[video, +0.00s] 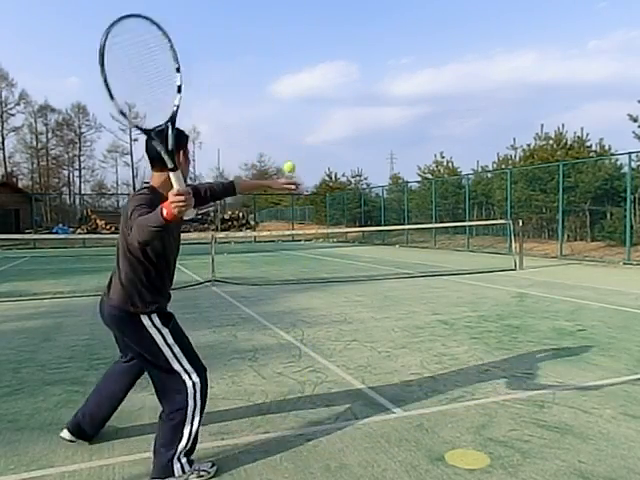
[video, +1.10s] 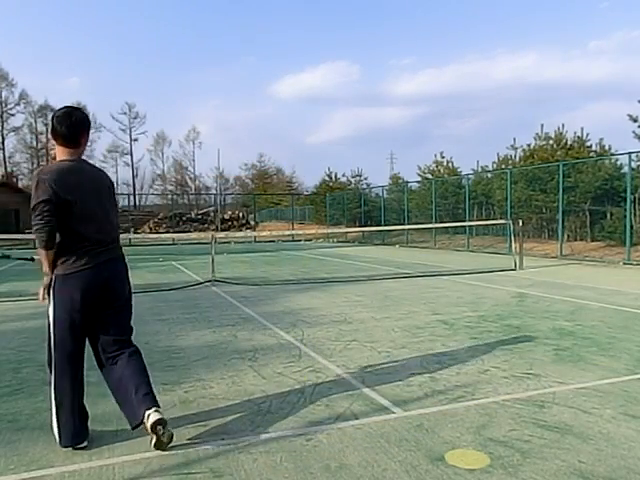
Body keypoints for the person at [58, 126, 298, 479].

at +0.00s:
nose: (190, 159)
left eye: (187, 153)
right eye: (187, 153)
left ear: (155, 161)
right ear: (179, 158)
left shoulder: (169, 194)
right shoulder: (145, 202)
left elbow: (218, 191)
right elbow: (140, 228)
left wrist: (268, 184)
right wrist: (164, 213)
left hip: (118, 304)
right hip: (142, 310)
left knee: (134, 359)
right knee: (190, 378)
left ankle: (83, 425)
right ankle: (173, 465)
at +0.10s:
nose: (174, 161)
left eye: (172, 154)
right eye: (172, 154)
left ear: (142, 157)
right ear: (161, 155)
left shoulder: (150, 191)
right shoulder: (136, 202)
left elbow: (188, 179)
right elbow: (136, 234)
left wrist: (228, 172)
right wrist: (163, 229)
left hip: (103, 299)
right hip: (125, 304)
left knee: (126, 359)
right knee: (170, 375)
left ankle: (82, 427)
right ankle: (173, 466)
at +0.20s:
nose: (158, 149)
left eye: (157, 143)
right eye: (156, 143)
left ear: (122, 148)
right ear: (148, 146)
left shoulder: (104, 176)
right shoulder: (135, 198)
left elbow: (123, 177)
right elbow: (159, 241)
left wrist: (148, 175)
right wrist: (186, 239)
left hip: (86, 287)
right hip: (119, 295)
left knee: (99, 359)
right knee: (142, 370)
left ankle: (75, 429)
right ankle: (156, 455)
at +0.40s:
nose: (122, 135)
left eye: (119, 130)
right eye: (122, 131)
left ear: (86, 130)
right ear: (118, 134)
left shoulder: (69, 166)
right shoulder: (128, 170)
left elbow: (34, 201)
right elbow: (116, 207)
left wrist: (47, 215)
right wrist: (62, 216)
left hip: (77, 269)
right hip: (119, 269)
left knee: (65, 341)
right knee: (112, 343)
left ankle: (70, 422)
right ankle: (102, 431)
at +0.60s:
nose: (94, 151)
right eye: (93, 147)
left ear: (57, 149)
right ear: (89, 151)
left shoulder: (69, 184)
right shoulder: (93, 179)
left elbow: (74, 226)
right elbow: (52, 185)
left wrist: (45, 255)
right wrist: (19, 182)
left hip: (78, 279)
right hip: (115, 276)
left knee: (65, 357)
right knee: (116, 348)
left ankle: (71, 433)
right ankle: (137, 422)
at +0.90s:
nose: (38, 151)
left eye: (41, 144)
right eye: (81, 142)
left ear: (46, 145)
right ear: (77, 145)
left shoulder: (57, 181)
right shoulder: (82, 179)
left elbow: (63, 227)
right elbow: (70, 228)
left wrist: (47, 268)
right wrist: (29, 231)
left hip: (74, 279)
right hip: (108, 272)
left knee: (64, 359)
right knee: (112, 349)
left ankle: (74, 433)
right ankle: (158, 407)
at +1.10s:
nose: (88, 140)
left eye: (54, 135)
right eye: (88, 135)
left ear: (52, 138)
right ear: (87, 138)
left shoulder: (47, 177)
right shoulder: (101, 177)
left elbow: (44, 230)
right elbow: (109, 229)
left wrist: (50, 273)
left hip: (72, 278)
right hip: (113, 274)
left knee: (65, 358)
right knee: (118, 346)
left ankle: (73, 434)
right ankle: (149, 411)